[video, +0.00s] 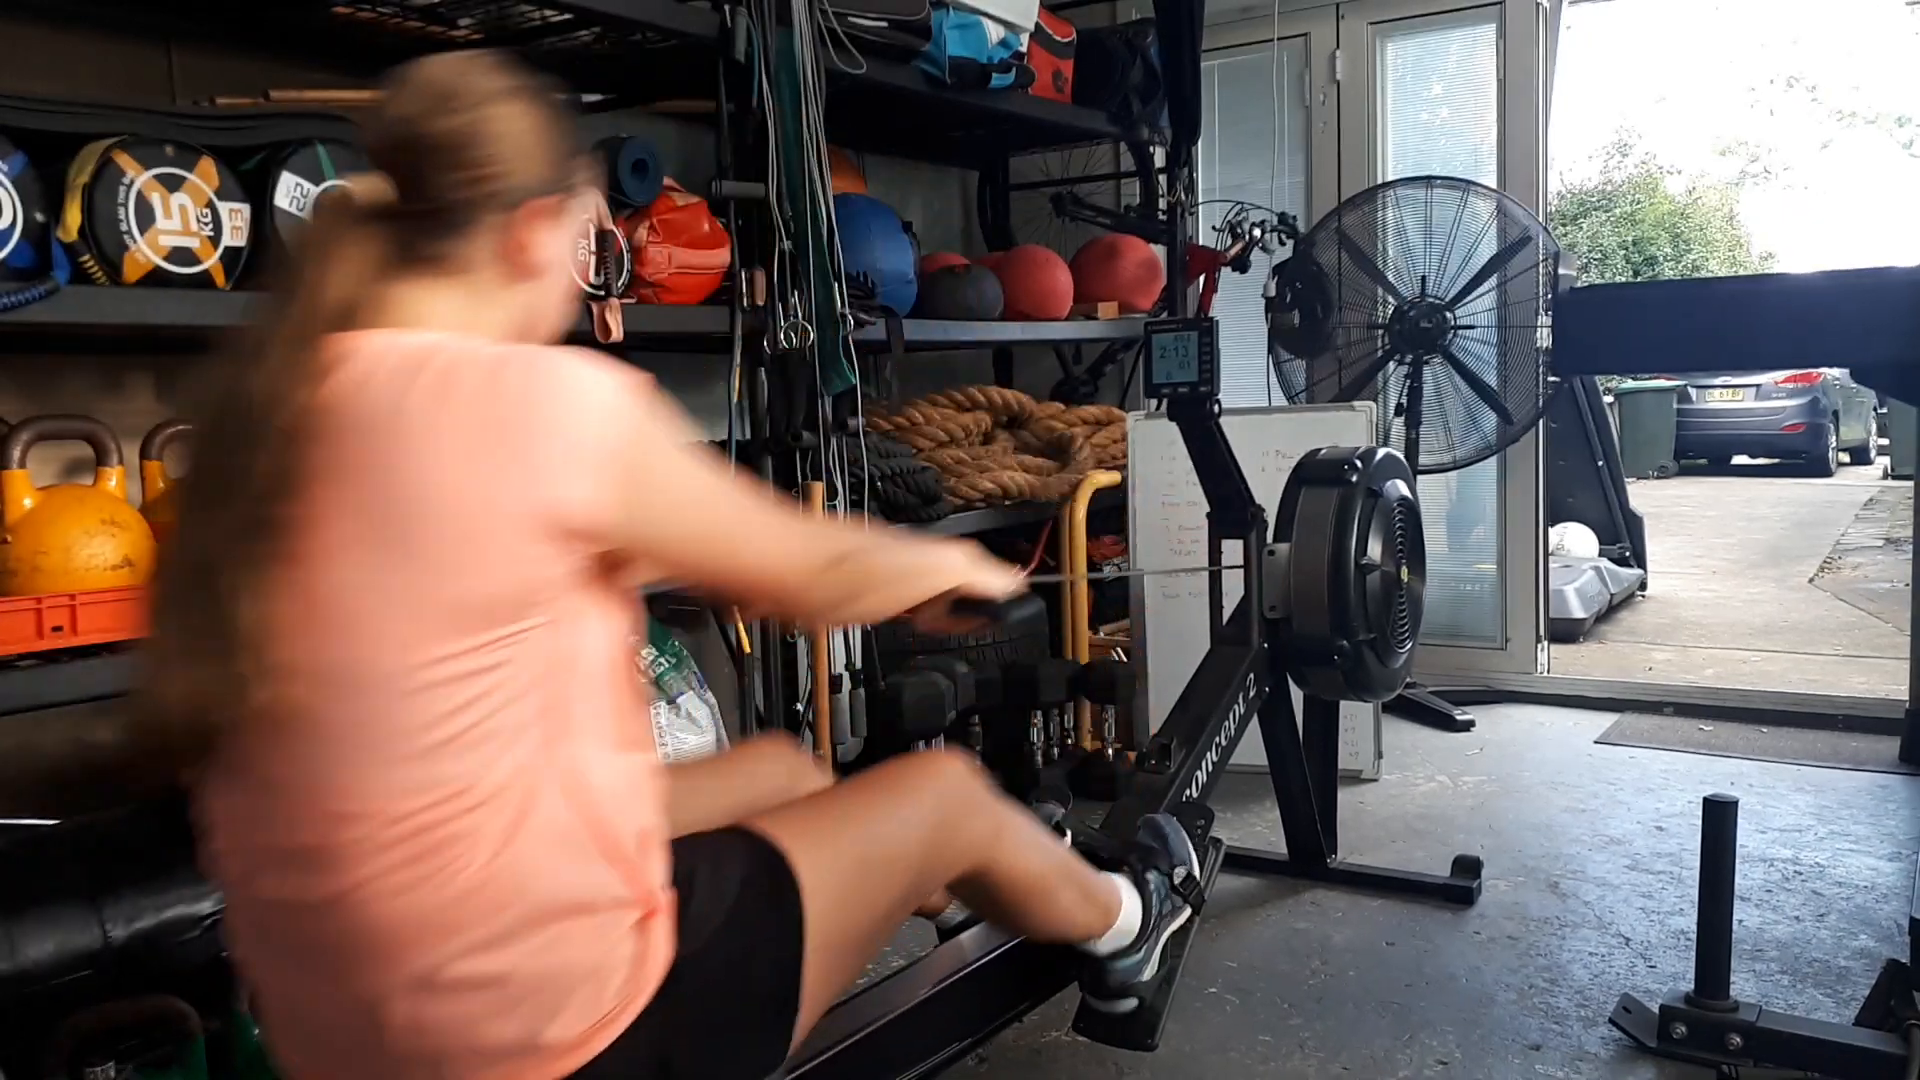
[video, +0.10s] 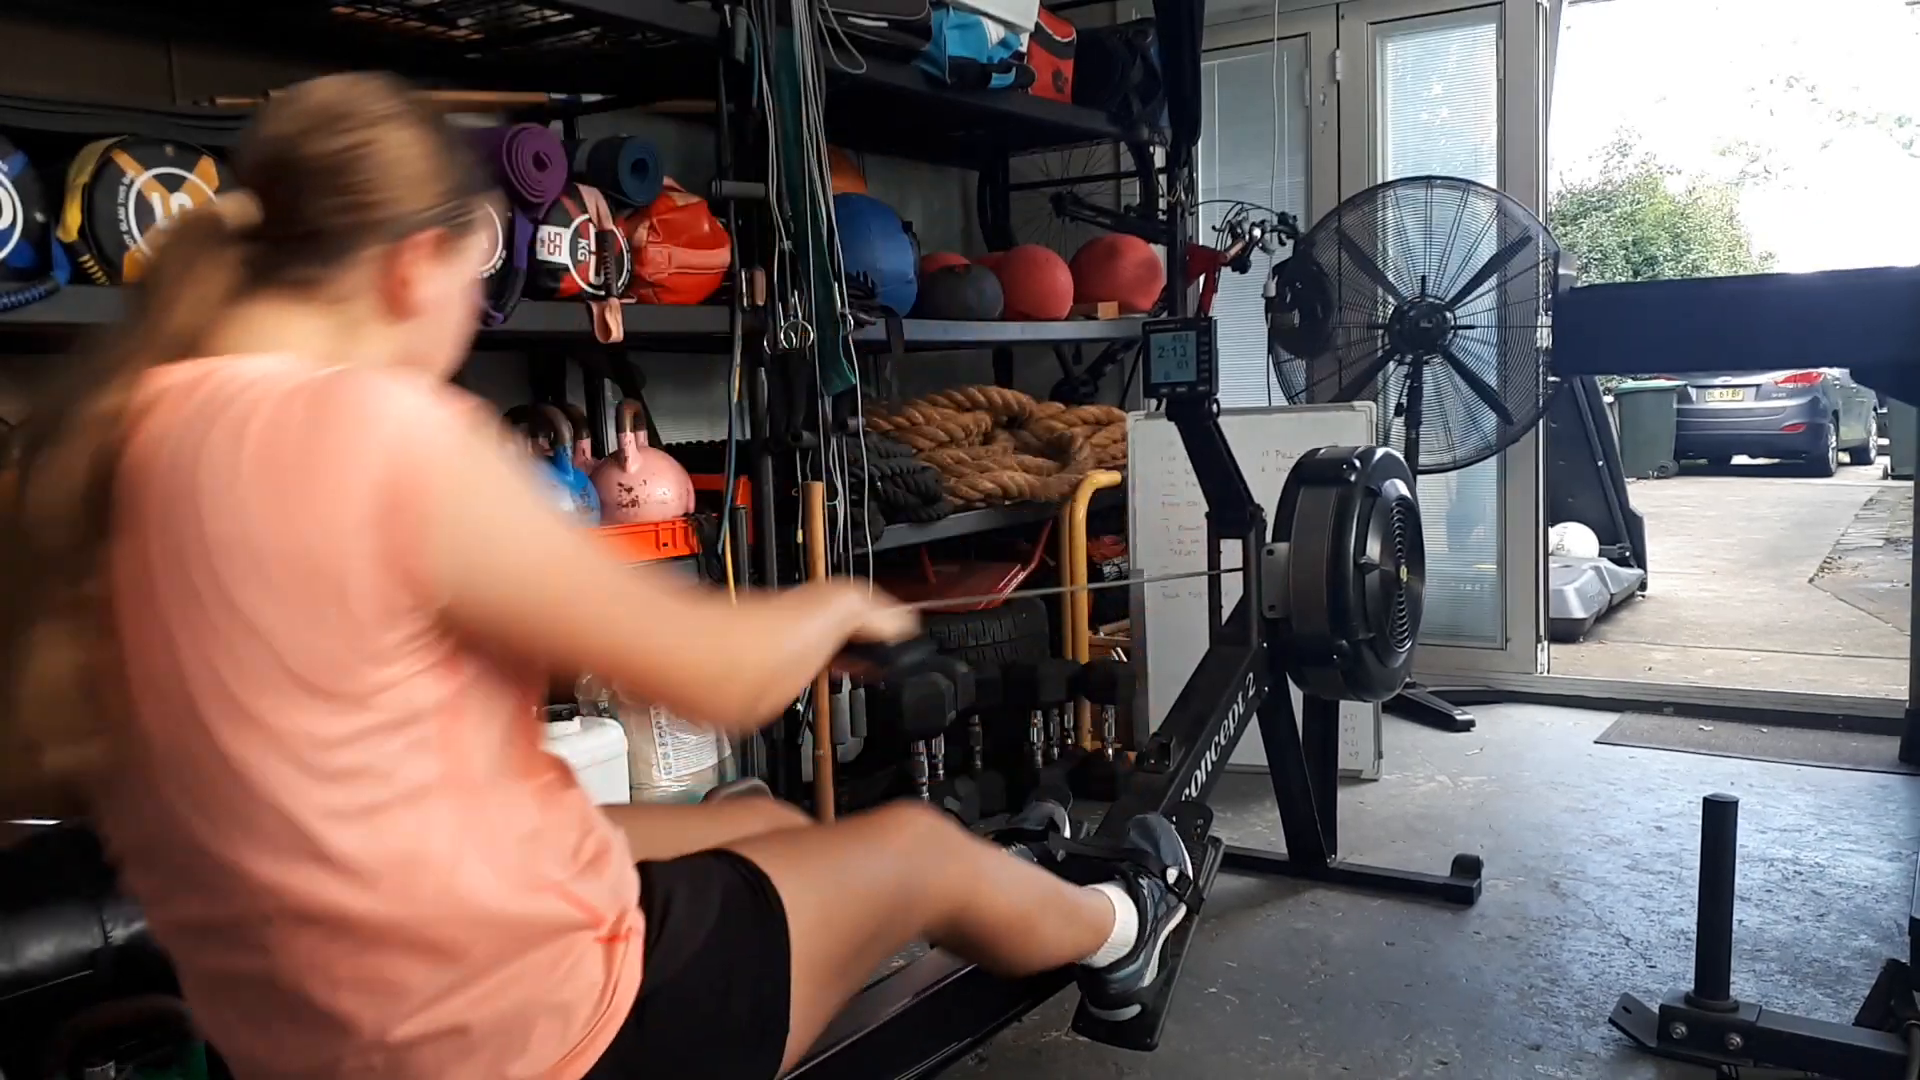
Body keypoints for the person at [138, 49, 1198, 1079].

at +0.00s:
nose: (594, 264)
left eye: (595, 234)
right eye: (587, 232)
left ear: (393, 219)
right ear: (529, 231)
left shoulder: (283, 399)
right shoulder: (553, 407)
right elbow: (816, 581)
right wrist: (948, 560)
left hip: (336, 1028)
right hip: (564, 1029)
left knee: (785, 762)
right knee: (945, 788)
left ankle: (913, 898)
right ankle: (1120, 926)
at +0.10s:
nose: (479, 318)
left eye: (487, 284)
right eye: (481, 281)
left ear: (267, 252)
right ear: (412, 266)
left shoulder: (146, 424)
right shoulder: (389, 435)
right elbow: (732, 678)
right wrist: (843, 600)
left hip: (301, 1023)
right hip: (523, 1026)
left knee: (745, 828)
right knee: (917, 843)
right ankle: (1112, 936)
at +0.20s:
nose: (401, 343)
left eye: (412, 303)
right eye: (408, 302)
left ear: (166, 268)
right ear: (336, 288)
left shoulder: (42, 459)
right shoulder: (296, 505)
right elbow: (624, 809)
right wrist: (716, 678)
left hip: (308, 1032)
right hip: (516, 1039)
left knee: (729, 844)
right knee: (901, 876)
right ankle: (1113, 938)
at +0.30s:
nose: (392, 338)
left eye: (401, 299)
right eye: (395, 297)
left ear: (157, 269)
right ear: (327, 286)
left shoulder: (46, 458)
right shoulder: (259, 511)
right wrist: (588, 715)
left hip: (302, 1025)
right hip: (508, 1039)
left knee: (736, 836)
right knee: (898, 876)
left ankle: (867, 970)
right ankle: (1112, 940)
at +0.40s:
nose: (406, 318)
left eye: (412, 280)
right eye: (408, 278)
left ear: (168, 258)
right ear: (340, 272)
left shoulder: (57, 453)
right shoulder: (297, 498)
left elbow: (51, 807)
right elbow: (472, 915)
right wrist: (598, 705)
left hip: (292, 1036)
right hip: (509, 1046)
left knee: (747, 842)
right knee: (901, 877)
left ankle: (858, 1014)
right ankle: (1116, 948)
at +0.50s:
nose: (466, 289)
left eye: (470, 253)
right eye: (465, 250)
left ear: (243, 240)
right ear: (401, 245)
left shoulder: (144, 419)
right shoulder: (385, 445)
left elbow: (123, 807)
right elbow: (625, 836)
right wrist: (689, 683)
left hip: (299, 1031)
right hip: (514, 1041)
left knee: (749, 829)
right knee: (915, 869)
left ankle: (862, 1008)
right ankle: (1115, 949)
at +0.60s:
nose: (554, 258)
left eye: (556, 222)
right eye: (552, 220)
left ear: (340, 216)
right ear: (495, 223)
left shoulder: (221, 405)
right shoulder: (493, 401)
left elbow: (193, 779)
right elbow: (787, 744)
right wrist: (825, 660)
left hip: (307, 1032)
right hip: (539, 1031)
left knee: (780, 802)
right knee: (927, 845)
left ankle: (865, 986)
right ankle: (1120, 951)